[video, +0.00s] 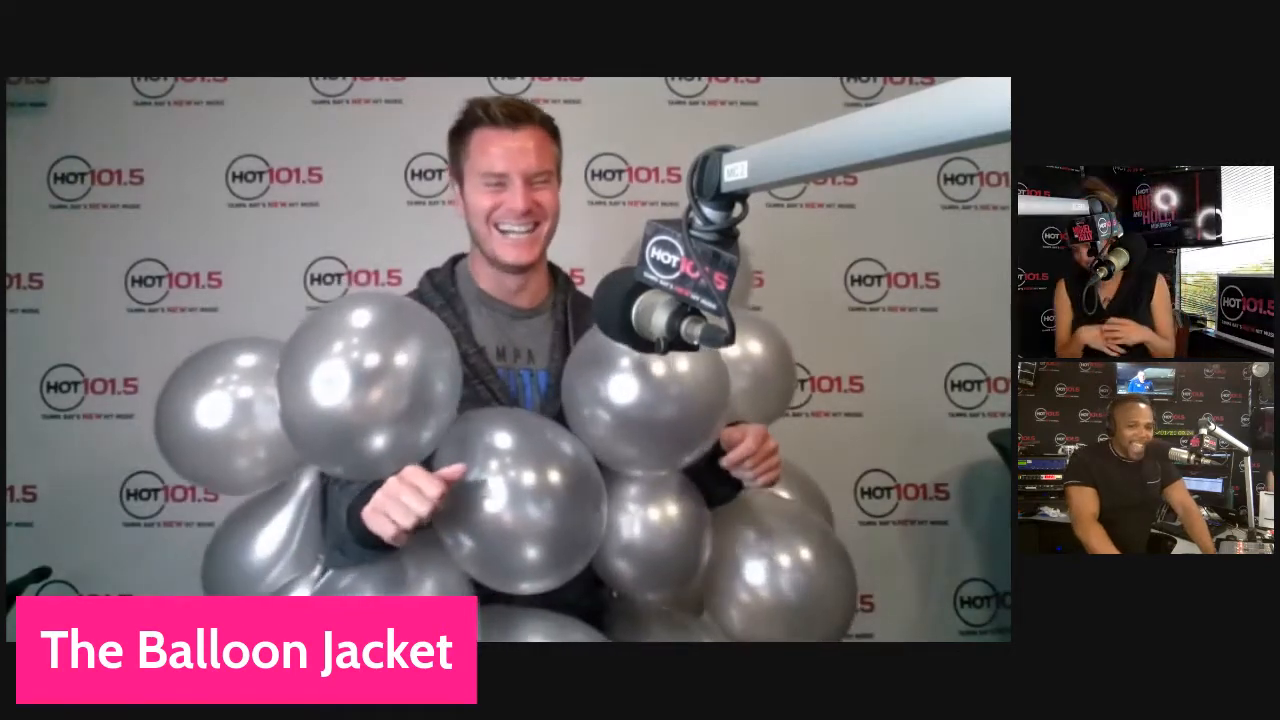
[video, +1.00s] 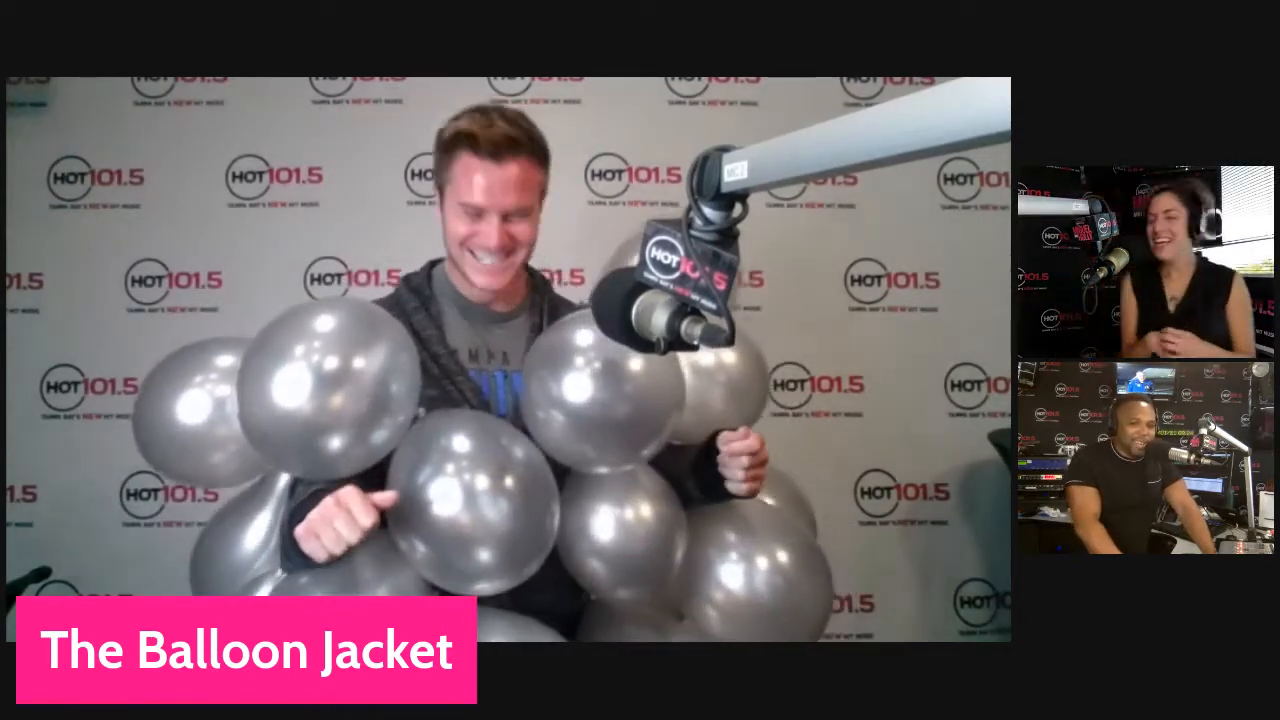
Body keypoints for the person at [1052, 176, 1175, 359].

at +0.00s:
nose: (1083, 258)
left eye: (1091, 248)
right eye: (1075, 250)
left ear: (1113, 241)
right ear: (1070, 250)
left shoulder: (1152, 284)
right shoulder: (1067, 288)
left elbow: (1169, 351)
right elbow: (1063, 356)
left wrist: (1146, 335)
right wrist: (1080, 336)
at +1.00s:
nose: (1157, 228)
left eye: (1170, 218)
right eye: (1151, 220)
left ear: (1195, 224)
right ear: (1146, 226)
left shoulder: (1229, 283)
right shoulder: (1134, 282)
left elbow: (1248, 360)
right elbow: (1127, 355)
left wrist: (1200, 349)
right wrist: (1148, 344)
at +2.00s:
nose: (1151, 226)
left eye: (1164, 218)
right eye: (1142, 216)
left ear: (1177, 228)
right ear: (1129, 222)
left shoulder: (1196, 289)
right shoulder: (1100, 285)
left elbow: (1208, 361)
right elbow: (1087, 354)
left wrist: (1177, 349)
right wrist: (1116, 347)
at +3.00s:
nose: (1153, 227)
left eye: (1166, 219)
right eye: (1144, 217)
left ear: (1181, 228)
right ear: (1131, 223)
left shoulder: (1201, 287)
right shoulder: (1108, 285)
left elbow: (1215, 361)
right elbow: (1096, 356)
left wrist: (1184, 347)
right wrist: (1114, 343)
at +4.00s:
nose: (1151, 230)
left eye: (1164, 221)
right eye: (1142, 219)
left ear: (1178, 229)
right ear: (1129, 224)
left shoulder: (1199, 286)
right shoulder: (1106, 285)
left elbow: (1211, 360)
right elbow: (1095, 354)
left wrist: (1166, 342)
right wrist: (1132, 348)